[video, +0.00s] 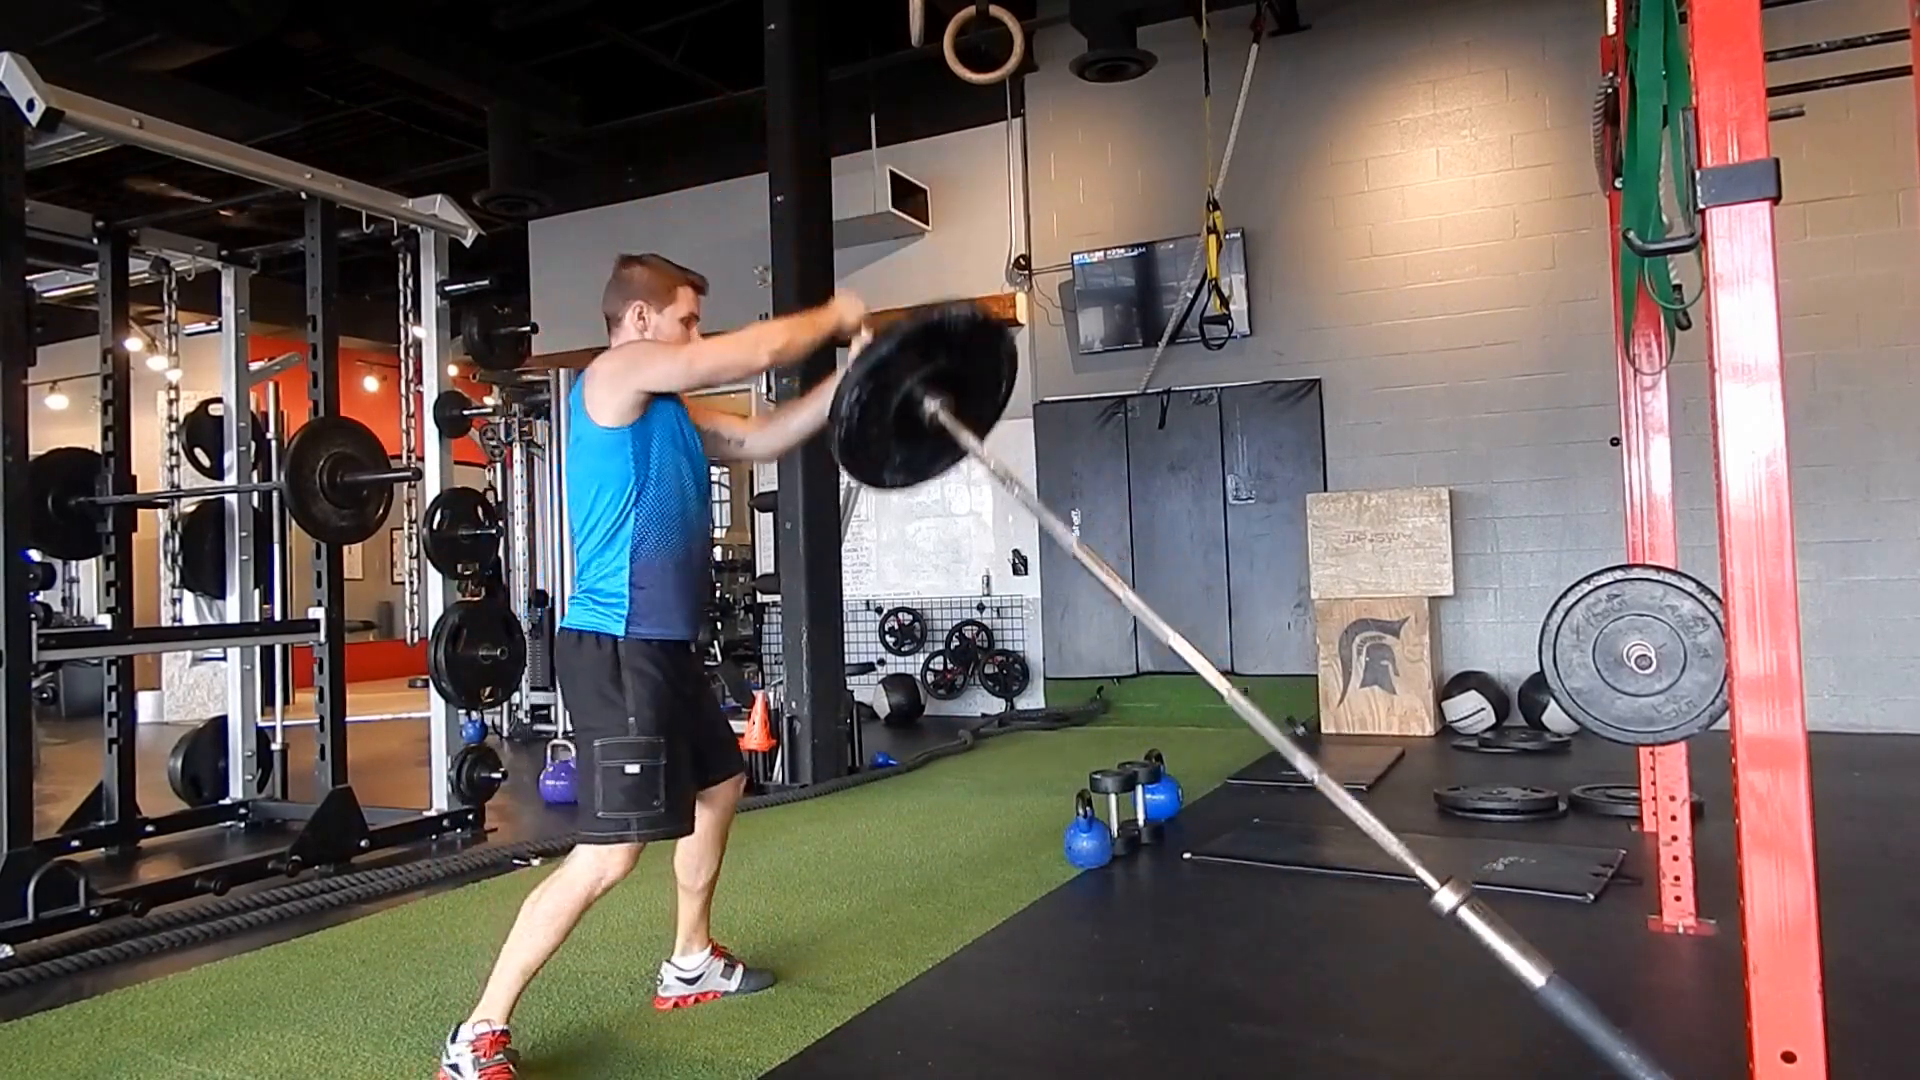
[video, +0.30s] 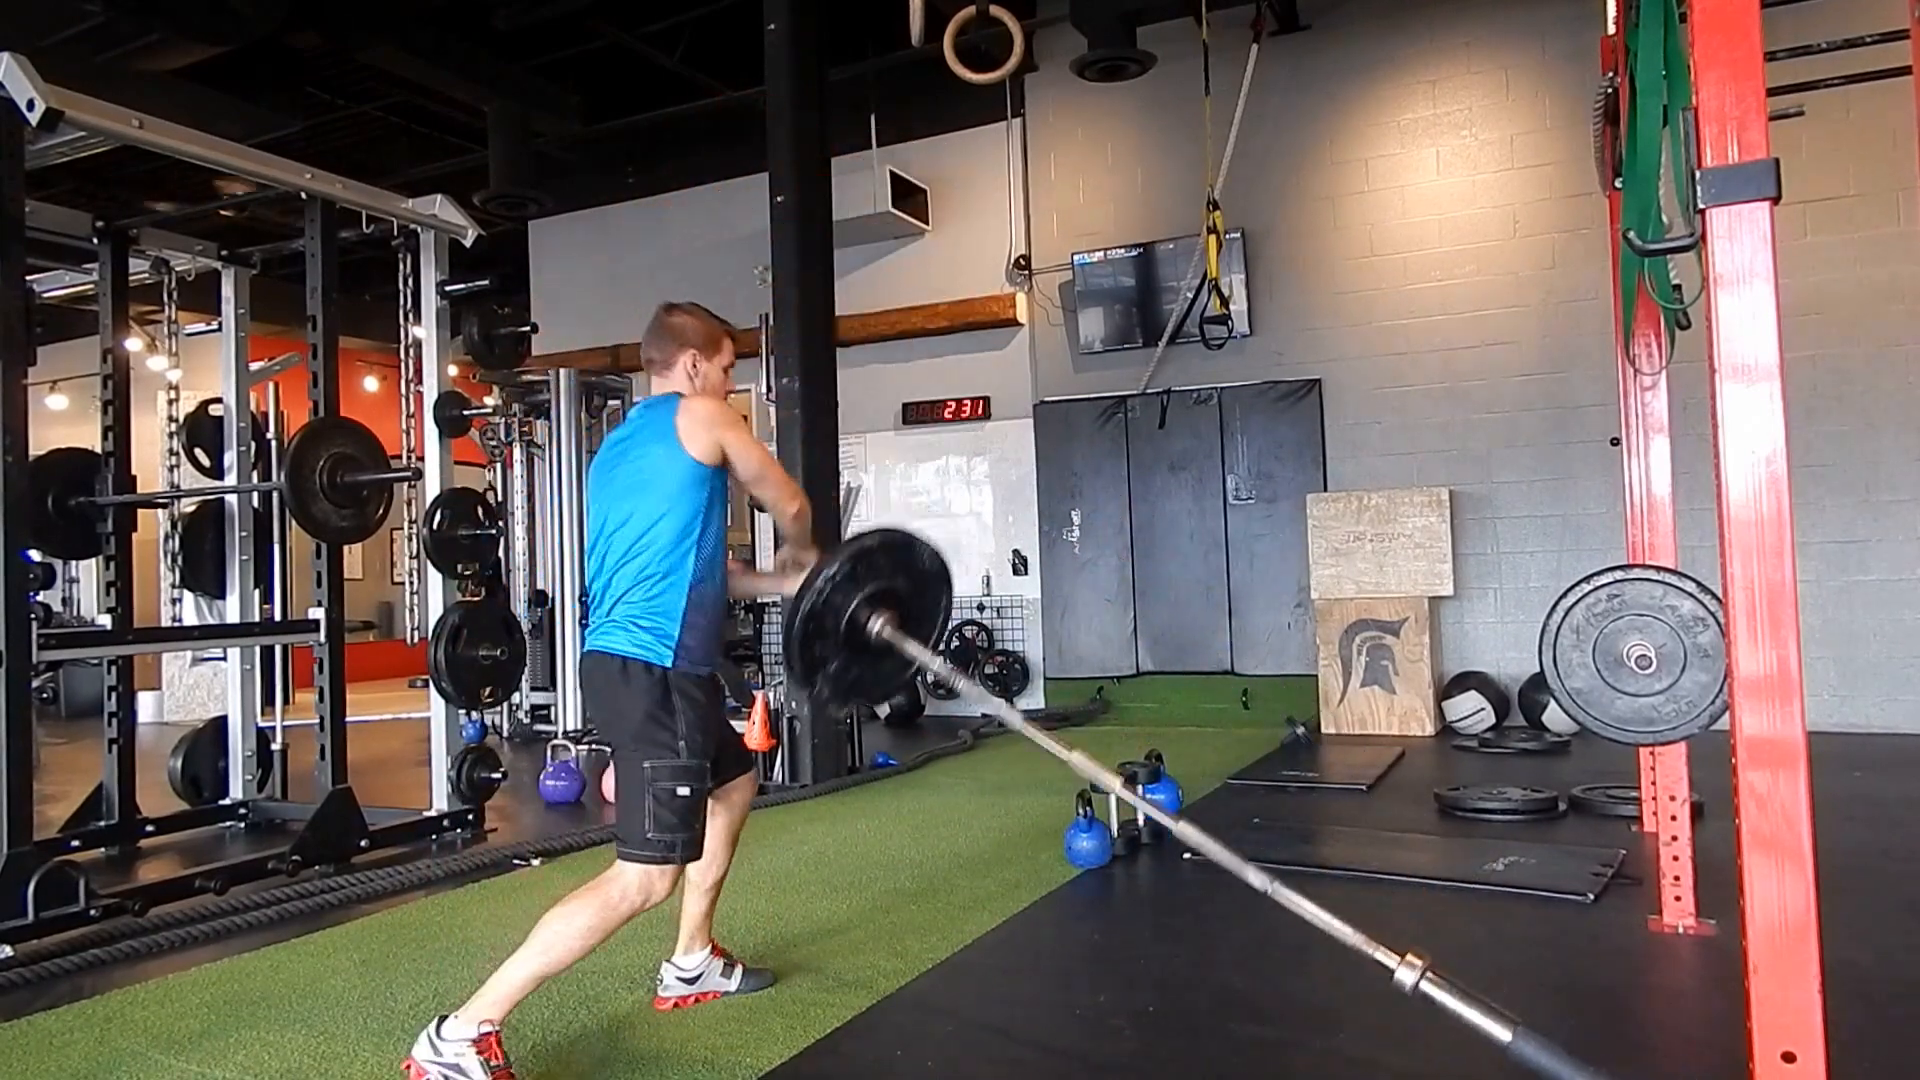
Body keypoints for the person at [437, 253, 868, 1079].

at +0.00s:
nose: (697, 334)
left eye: (697, 322)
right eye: (686, 320)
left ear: (648, 320)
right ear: (639, 318)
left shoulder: (667, 402)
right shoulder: (614, 370)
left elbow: (758, 438)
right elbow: (751, 350)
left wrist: (849, 377)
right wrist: (835, 313)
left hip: (668, 644)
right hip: (613, 644)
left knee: (718, 785)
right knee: (610, 849)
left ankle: (690, 960)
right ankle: (481, 1030)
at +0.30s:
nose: (730, 381)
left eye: (731, 370)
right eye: (726, 369)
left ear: (658, 368)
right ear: (693, 364)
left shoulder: (618, 445)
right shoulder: (705, 414)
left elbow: (687, 567)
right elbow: (791, 505)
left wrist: (788, 582)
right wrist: (797, 550)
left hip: (642, 663)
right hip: (650, 668)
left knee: (736, 776)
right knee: (650, 872)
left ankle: (692, 960)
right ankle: (463, 1029)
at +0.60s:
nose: (762, 422)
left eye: (759, 409)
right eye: (757, 410)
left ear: (687, 413)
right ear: (734, 410)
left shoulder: (632, 481)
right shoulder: (764, 473)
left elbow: (622, 589)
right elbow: (760, 598)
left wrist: (697, 660)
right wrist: (738, 663)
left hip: (614, 685)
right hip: (667, 695)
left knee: (719, 802)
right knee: (667, 905)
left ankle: (692, 961)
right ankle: (460, 1032)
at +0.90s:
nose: (740, 396)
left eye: (739, 383)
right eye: (734, 383)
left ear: (665, 390)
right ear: (702, 383)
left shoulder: (614, 462)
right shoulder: (729, 442)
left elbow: (617, 586)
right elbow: (765, 575)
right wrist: (741, 616)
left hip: (608, 669)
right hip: (651, 681)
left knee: (731, 780)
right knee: (650, 895)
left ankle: (691, 961)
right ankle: (455, 1036)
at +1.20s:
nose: (702, 316)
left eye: (700, 304)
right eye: (688, 302)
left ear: (654, 309)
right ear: (640, 307)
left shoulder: (677, 401)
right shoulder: (613, 359)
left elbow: (759, 454)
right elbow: (750, 359)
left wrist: (840, 388)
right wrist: (825, 333)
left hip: (688, 633)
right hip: (619, 630)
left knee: (728, 787)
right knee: (595, 824)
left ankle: (684, 961)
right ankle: (498, 1024)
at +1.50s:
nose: (721, 288)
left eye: (720, 279)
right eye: (705, 278)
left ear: (708, 296)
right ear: (657, 296)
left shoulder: (728, 371)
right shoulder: (630, 349)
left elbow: (809, 320)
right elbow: (738, 288)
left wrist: (877, 239)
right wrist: (848, 201)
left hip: (712, 634)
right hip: (627, 633)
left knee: (728, 788)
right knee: (576, 823)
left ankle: (687, 959)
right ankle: (507, 1027)